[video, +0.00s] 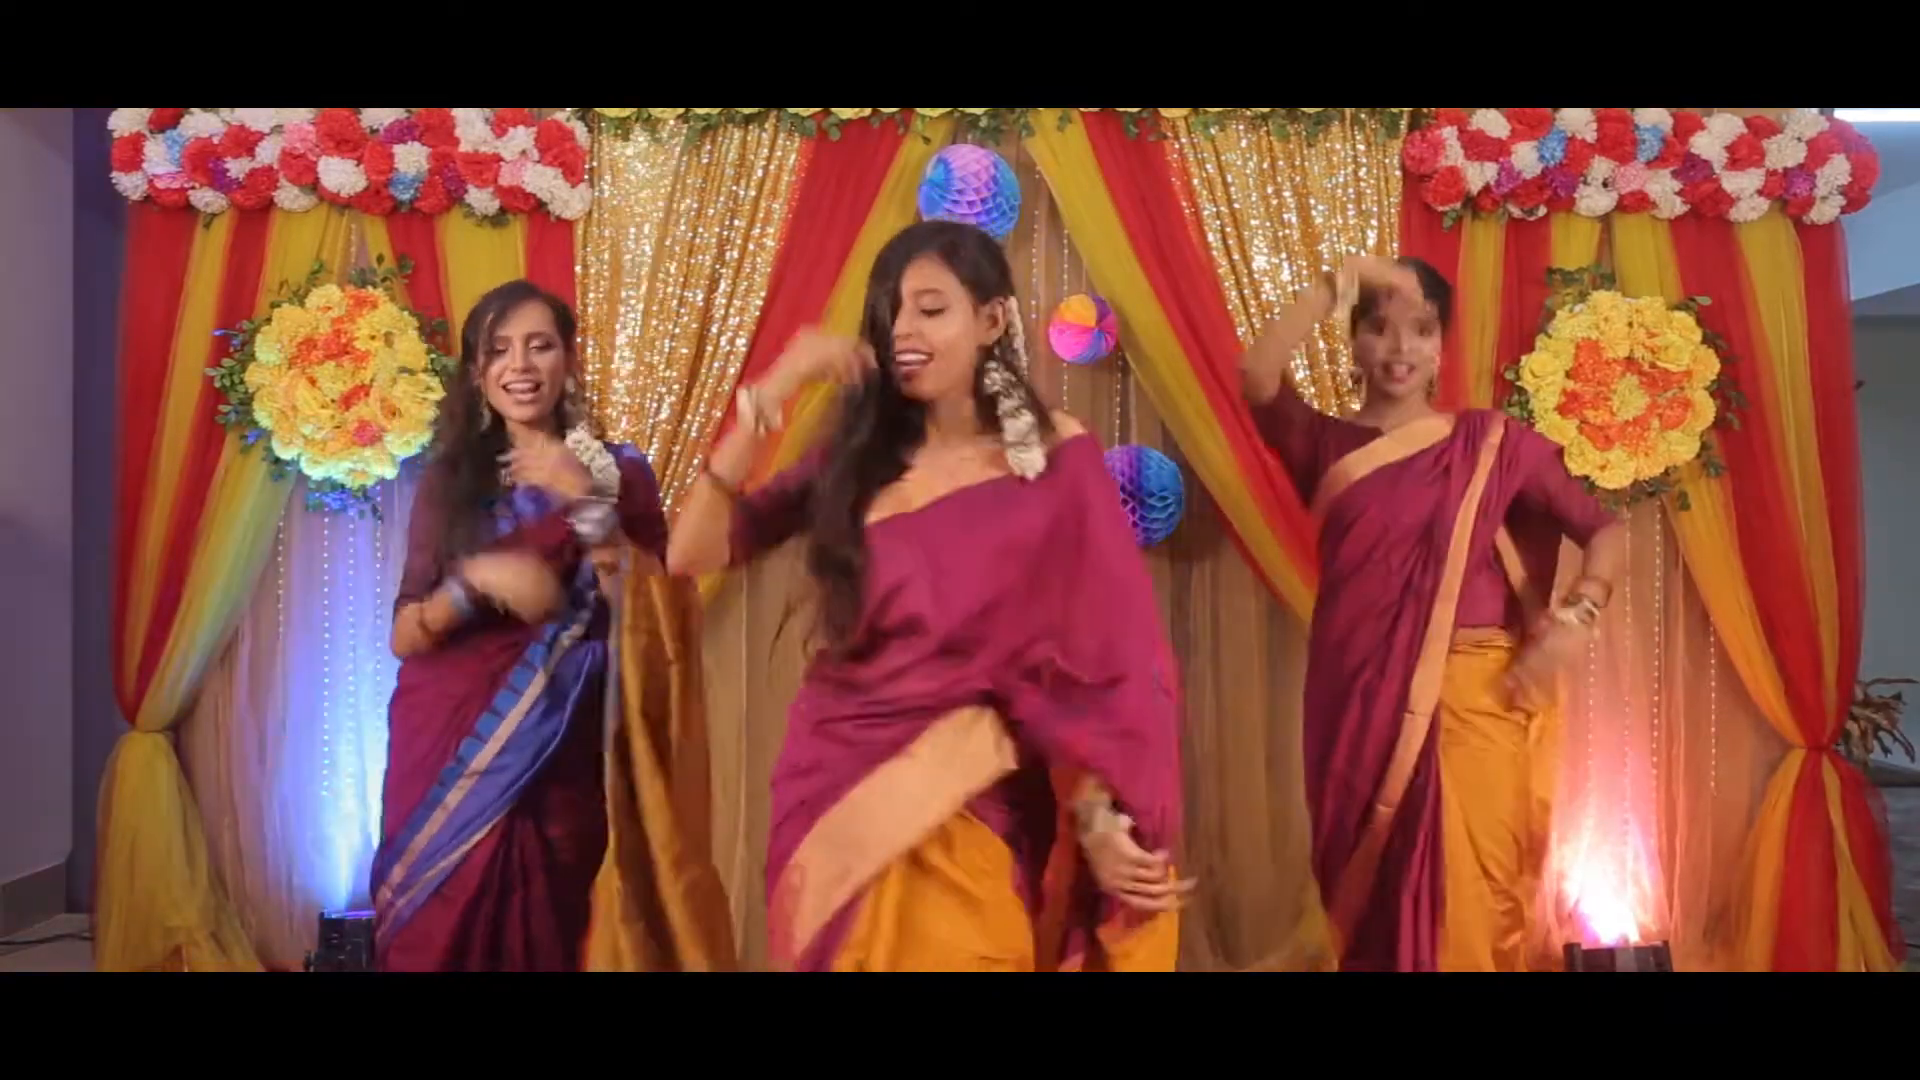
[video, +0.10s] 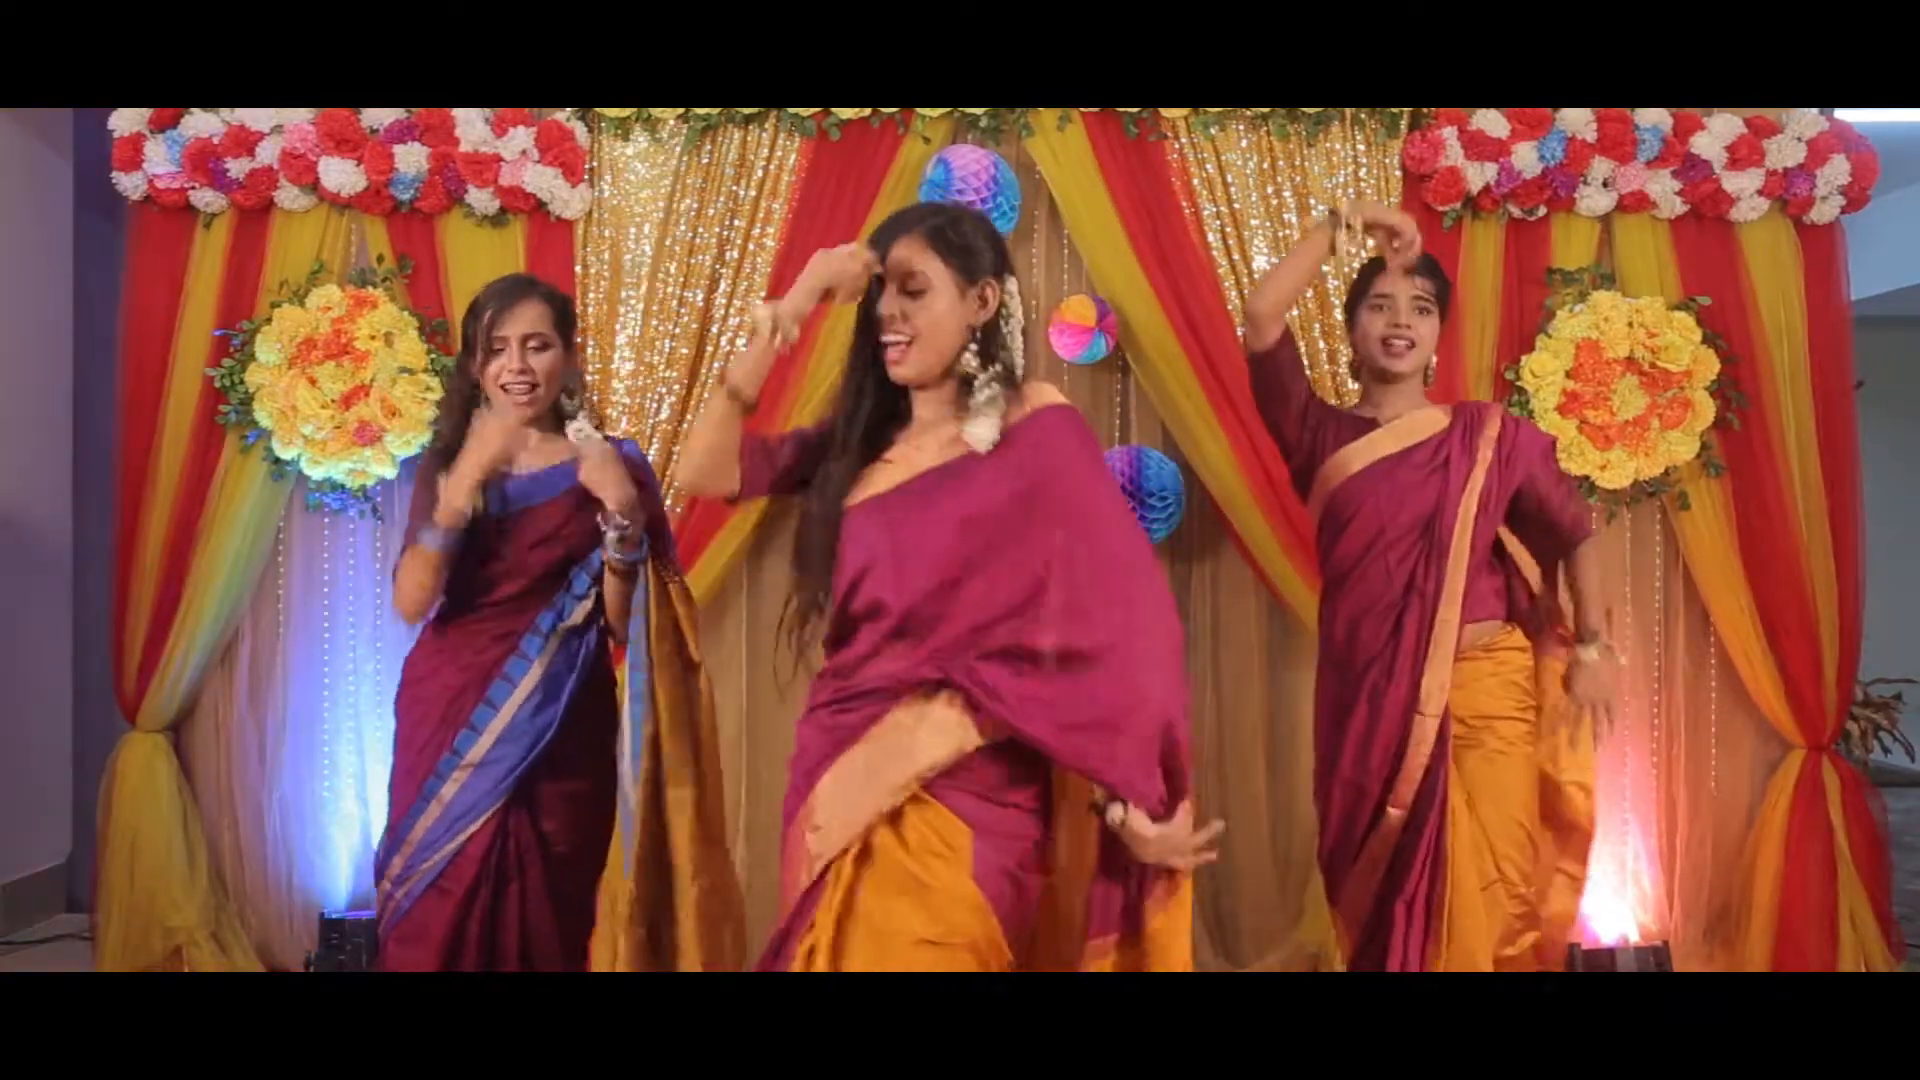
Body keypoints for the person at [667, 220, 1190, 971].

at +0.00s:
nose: (904, 331)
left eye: (932, 309)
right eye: (894, 310)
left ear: (993, 321)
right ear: (877, 323)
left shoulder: (1054, 454)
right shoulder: (859, 461)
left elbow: (1084, 662)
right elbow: (691, 552)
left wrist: (1093, 812)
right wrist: (775, 389)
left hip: (979, 803)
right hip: (837, 800)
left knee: (964, 952)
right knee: (839, 955)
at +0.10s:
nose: (887, 315)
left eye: (914, 290)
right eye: (879, 293)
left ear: (983, 302)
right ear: (868, 309)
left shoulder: (1032, 423)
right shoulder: (863, 443)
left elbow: (1106, 628)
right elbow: (701, 471)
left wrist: (1127, 806)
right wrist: (789, 309)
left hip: (966, 798)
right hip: (838, 795)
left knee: (919, 954)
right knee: (825, 958)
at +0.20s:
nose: (881, 300)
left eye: (906, 274)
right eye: (875, 279)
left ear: (981, 284)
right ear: (864, 293)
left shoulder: (1021, 402)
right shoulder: (864, 422)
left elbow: (1133, 586)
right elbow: (712, 440)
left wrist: (1087, 762)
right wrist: (799, 290)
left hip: (971, 768)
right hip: (856, 763)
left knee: (905, 951)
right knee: (849, 950)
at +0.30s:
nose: (884, 299)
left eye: (906, 274)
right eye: (879, 278)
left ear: (983, 283)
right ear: (865, 292)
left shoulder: (1026, 405)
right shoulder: (864, 436)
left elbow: (1091, 598)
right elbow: (723, 462)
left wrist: (1059, 767)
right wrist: (800, 307)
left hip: (966, 761)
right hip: (854, 763)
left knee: (942, 955)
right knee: (841, 950)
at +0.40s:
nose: (886, 310)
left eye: (907, 285)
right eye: (882, 289)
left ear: (985, 291)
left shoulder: (1033, 417)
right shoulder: (875, 444)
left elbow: (1115, 614)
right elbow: (730, 488)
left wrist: (1051, 786)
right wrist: (803, 332)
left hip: (955, 787)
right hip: (841, 781)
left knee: (935, 959)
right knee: (831, 956)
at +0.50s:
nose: (890, 310)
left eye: (912, 284)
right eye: (886, 288)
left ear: (989, 291)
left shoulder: (1035, 421)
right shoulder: (879, 447)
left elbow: (1111, 620)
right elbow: (728, 499)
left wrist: (1042, 792)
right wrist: (791, 343)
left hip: (938, 787)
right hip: (830, 782)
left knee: (905, 956)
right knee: (816, 953)